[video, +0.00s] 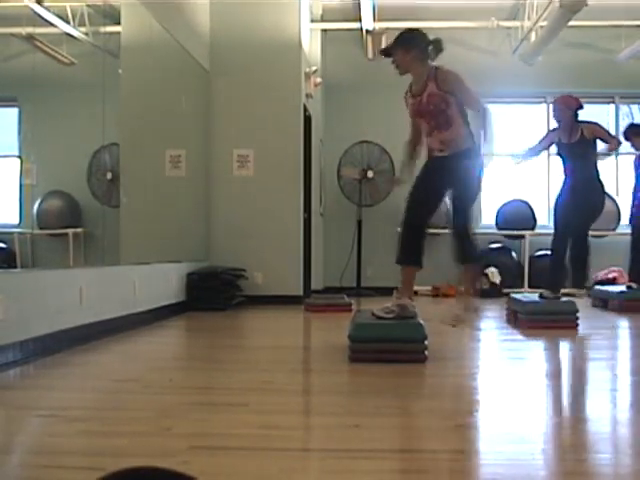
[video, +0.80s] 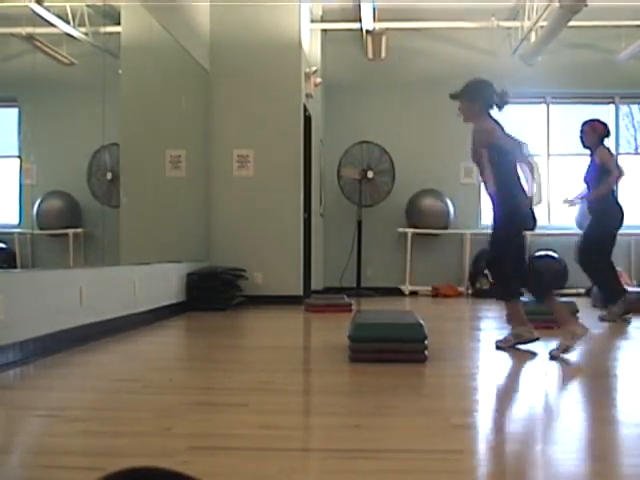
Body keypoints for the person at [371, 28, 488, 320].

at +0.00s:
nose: (393, 62)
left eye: (396, 55)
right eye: (392, 56)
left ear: (414, 53)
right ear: (408, 56)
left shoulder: (445, 78)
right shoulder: (412, 93)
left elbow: (480, 110)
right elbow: (415, 136)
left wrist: (486, 150)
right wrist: (404, 172)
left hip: (464, 158)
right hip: (435, 162)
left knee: (461, 225)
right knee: (413, 221)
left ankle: (468, 300)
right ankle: (405, 299)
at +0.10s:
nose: (408, 65)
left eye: (411, 58)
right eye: (408, 59)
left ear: (427, 55)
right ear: (423, 57)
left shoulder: (455, 79)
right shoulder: (425, 97)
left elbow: (453, 112)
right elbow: (399, 131)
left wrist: (424, 130)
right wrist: (362, 140)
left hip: (479, 161)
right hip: (451, 166)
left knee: (487, 227)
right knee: (425, 223)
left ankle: (516, 298)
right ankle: (404, 299)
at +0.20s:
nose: (426, 85)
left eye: (428, 79)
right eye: (424, 81)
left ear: (445, 73)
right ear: (439, 75)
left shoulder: (468, 93)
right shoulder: (438, 107)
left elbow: (432, 100)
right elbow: (402, 117)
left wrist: (383, 91)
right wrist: (363, 106)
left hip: (496, 178)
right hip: (470, 182)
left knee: (513, 239)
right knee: (430, 228)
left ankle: (551, 309)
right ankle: (404, 301)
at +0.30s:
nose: (444, 101)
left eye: (447, 96)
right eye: (443, 97)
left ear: (463, 92)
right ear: (456, 98)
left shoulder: (484, 115)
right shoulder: (461, 125)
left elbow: (441, 103)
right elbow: (425, 123)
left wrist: (405, 80)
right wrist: (399, 96)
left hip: (518, 200)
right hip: (493, 203)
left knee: (538, 266)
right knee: (444, 237)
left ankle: (571, 331)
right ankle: (405, 302)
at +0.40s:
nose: (458, 108)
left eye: (460, 101)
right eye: (456, 102)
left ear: (474, 98)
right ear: (474, 100)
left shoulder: (495, 120)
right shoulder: (482, 128)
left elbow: (456, 122)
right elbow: (454, 142)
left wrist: (424, 104)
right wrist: (427, 114)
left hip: (531, 201)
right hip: (510, 204)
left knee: (549, 265)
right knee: (462, 239)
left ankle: (574, 335)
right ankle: (415, 296)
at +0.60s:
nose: (460, 101)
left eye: (464, 95)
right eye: (460, 95)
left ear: (478, 94)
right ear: (479, 95)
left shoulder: (494, 118)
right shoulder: (489, 121)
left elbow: (506, 156)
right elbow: (521, 154)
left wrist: (518, 183)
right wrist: (523, 178)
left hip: (530, 193)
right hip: (528, 193)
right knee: (473, 238)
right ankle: (482, 307)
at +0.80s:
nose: (459, 108)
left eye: (463, 103)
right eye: (460, 103)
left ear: (476, 104)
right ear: (484, 104)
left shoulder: (481, 131)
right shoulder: (497, 130)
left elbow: (487, 171)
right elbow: (527, 162)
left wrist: (498, 205)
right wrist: (533, 193)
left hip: (507, 209)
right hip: (515, 206)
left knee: (508, 269)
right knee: (507, 267)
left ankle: (570, 326)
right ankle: (520, 328)